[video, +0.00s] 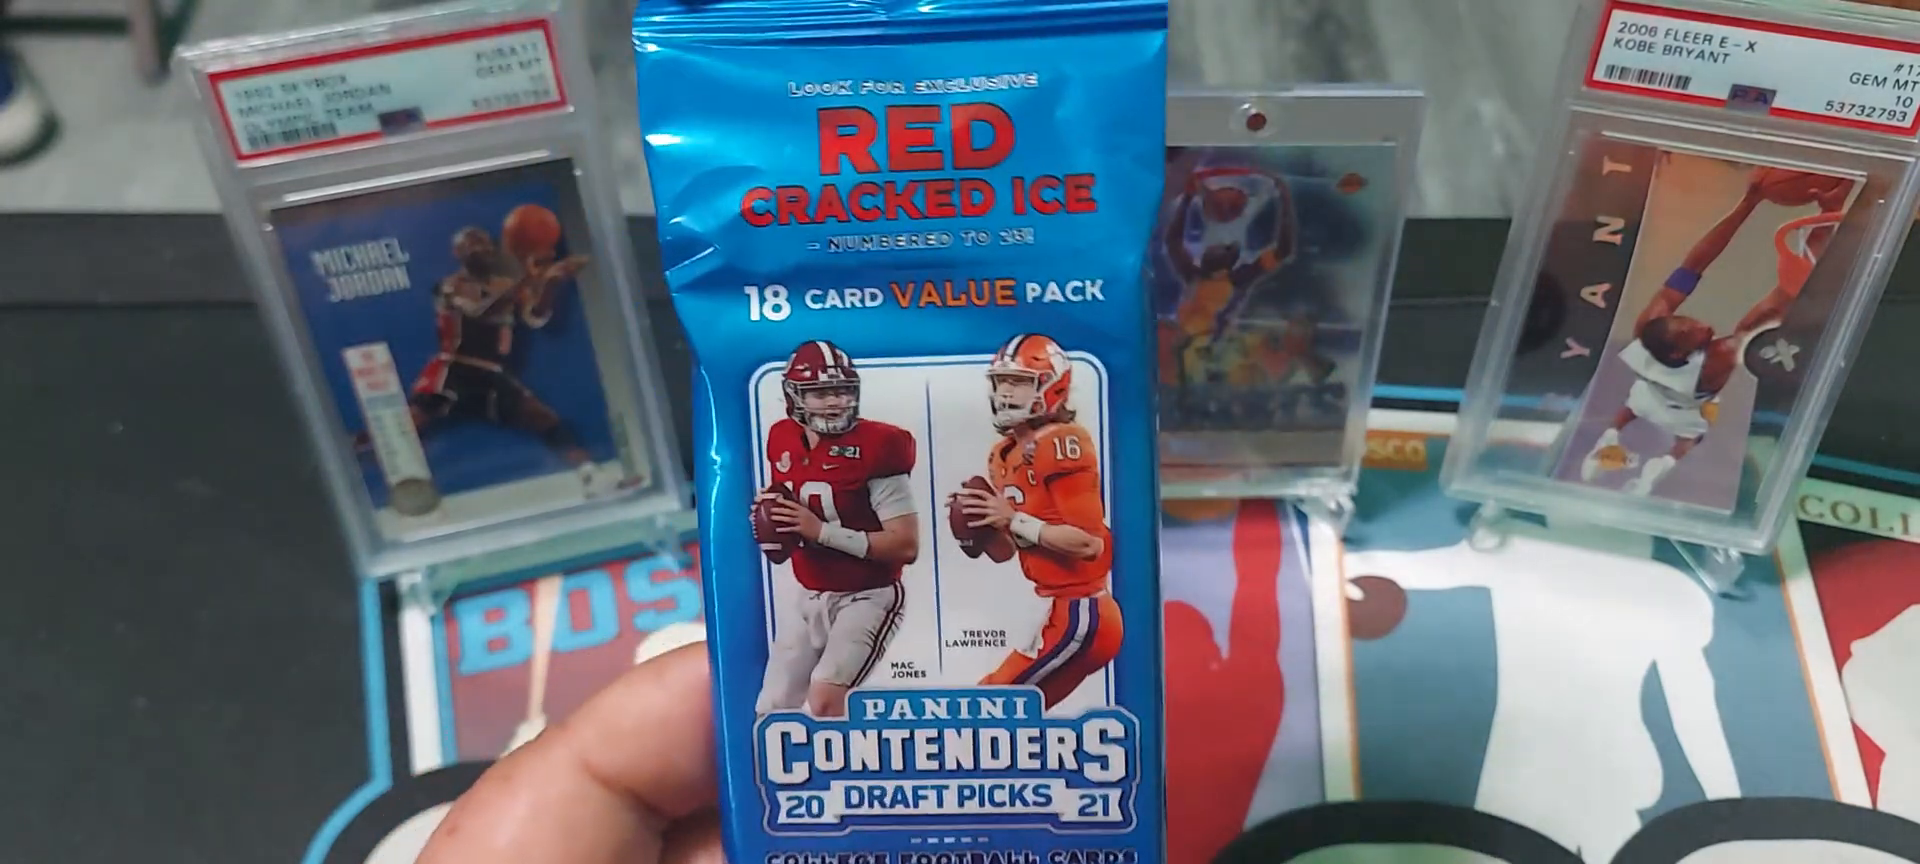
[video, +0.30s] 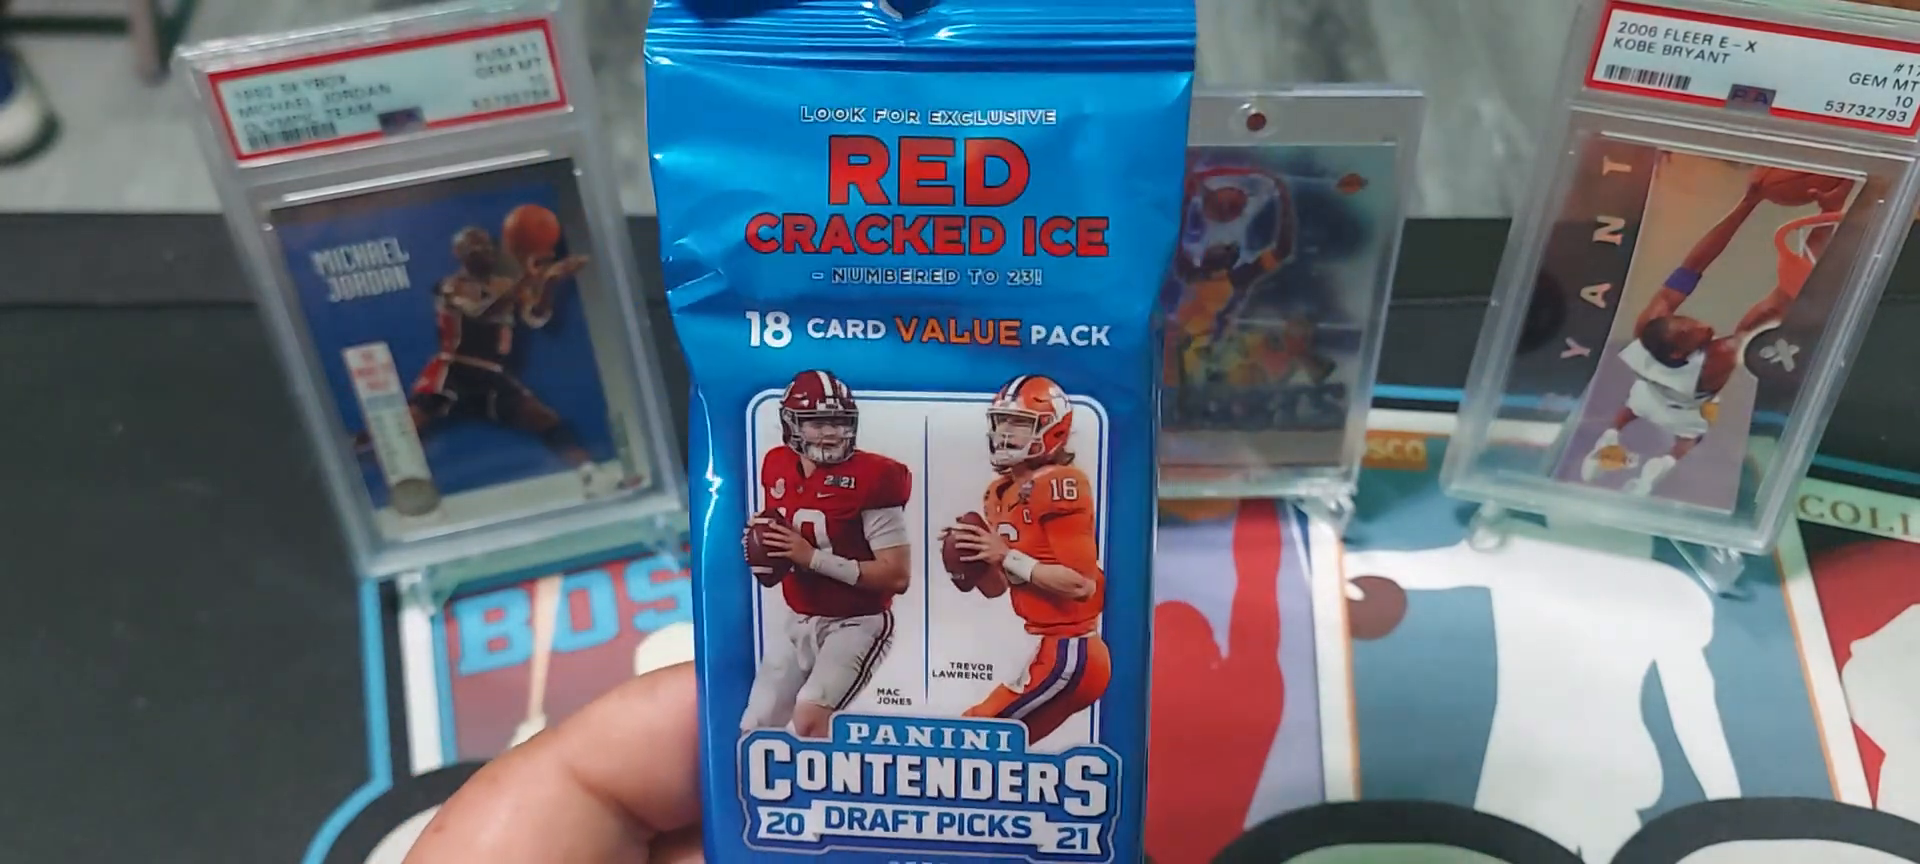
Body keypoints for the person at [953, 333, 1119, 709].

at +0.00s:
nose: (1004, 393)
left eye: (1017, 383)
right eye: (999, 382)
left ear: (1049, 387)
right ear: (992, 385)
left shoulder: (1062, 442)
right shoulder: (1002, 454)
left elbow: (1088, 542)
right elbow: (1002, 551)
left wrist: (1012, 519)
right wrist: (975, 523)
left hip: (1081, 614)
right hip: (1060, 612)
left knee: (985, 709)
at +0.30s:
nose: (1005, 433)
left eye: (1018, 424)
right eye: (1000, 422)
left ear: (1050, 429)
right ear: (992, 424)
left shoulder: (1061, 484)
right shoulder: (998, 491)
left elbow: (1079, 582)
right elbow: (994, 587)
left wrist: (1006, 556)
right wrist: (967, 559)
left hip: (1071, 654)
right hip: (1047, 650)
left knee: (968, 741)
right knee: (973, 745)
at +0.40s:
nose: (999, 461)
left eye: (1013, 451)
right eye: (995, 449)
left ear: (1045, 458)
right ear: (987, 453)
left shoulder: (1056, 513)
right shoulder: (991, 518)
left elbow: (1071, 610)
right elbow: (989, 611)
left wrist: (994, 579)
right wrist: (962, 589)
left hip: (1062, 681)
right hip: (1037, 677)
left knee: (958, 764)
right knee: (968, 770)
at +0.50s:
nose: (977, 490)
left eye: (991, 480)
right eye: (972, 479)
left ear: (1023, 485)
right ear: (964, 483)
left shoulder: (1040, 541)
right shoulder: (973, 547)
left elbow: (1059, 635)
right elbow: (972, 637)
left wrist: (983, 608)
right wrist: (943, 611)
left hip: (1052, 704)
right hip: (1028, 700)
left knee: (948, 782)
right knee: (957, 788)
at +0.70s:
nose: (941, 496)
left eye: (955, 487)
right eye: (936, 485)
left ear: (988, 492)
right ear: (927, 488)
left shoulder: (1008, 544)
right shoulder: (942, 551)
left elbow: (1035, 631)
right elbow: (946, 636)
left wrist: (955, 608)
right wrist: (916, 611)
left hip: (1030, 694)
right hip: (1008, 691)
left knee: (932, 773)